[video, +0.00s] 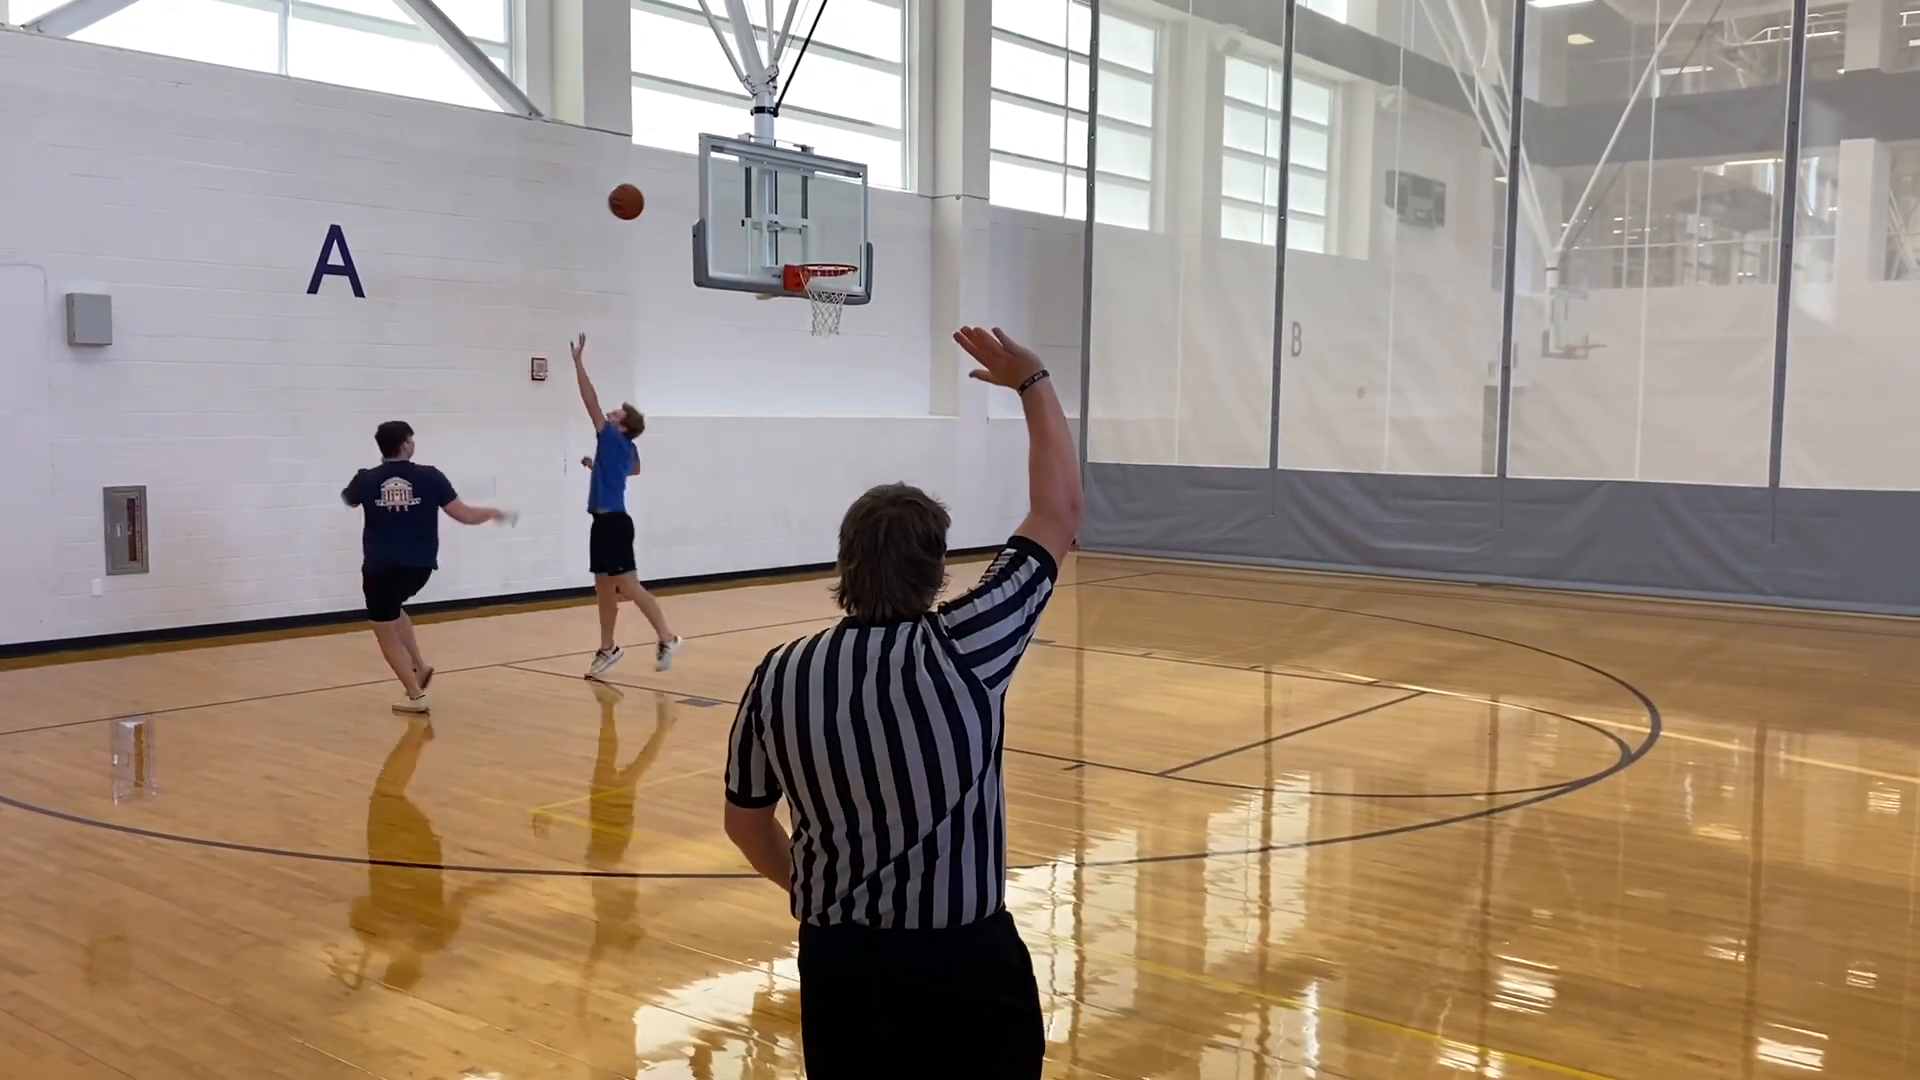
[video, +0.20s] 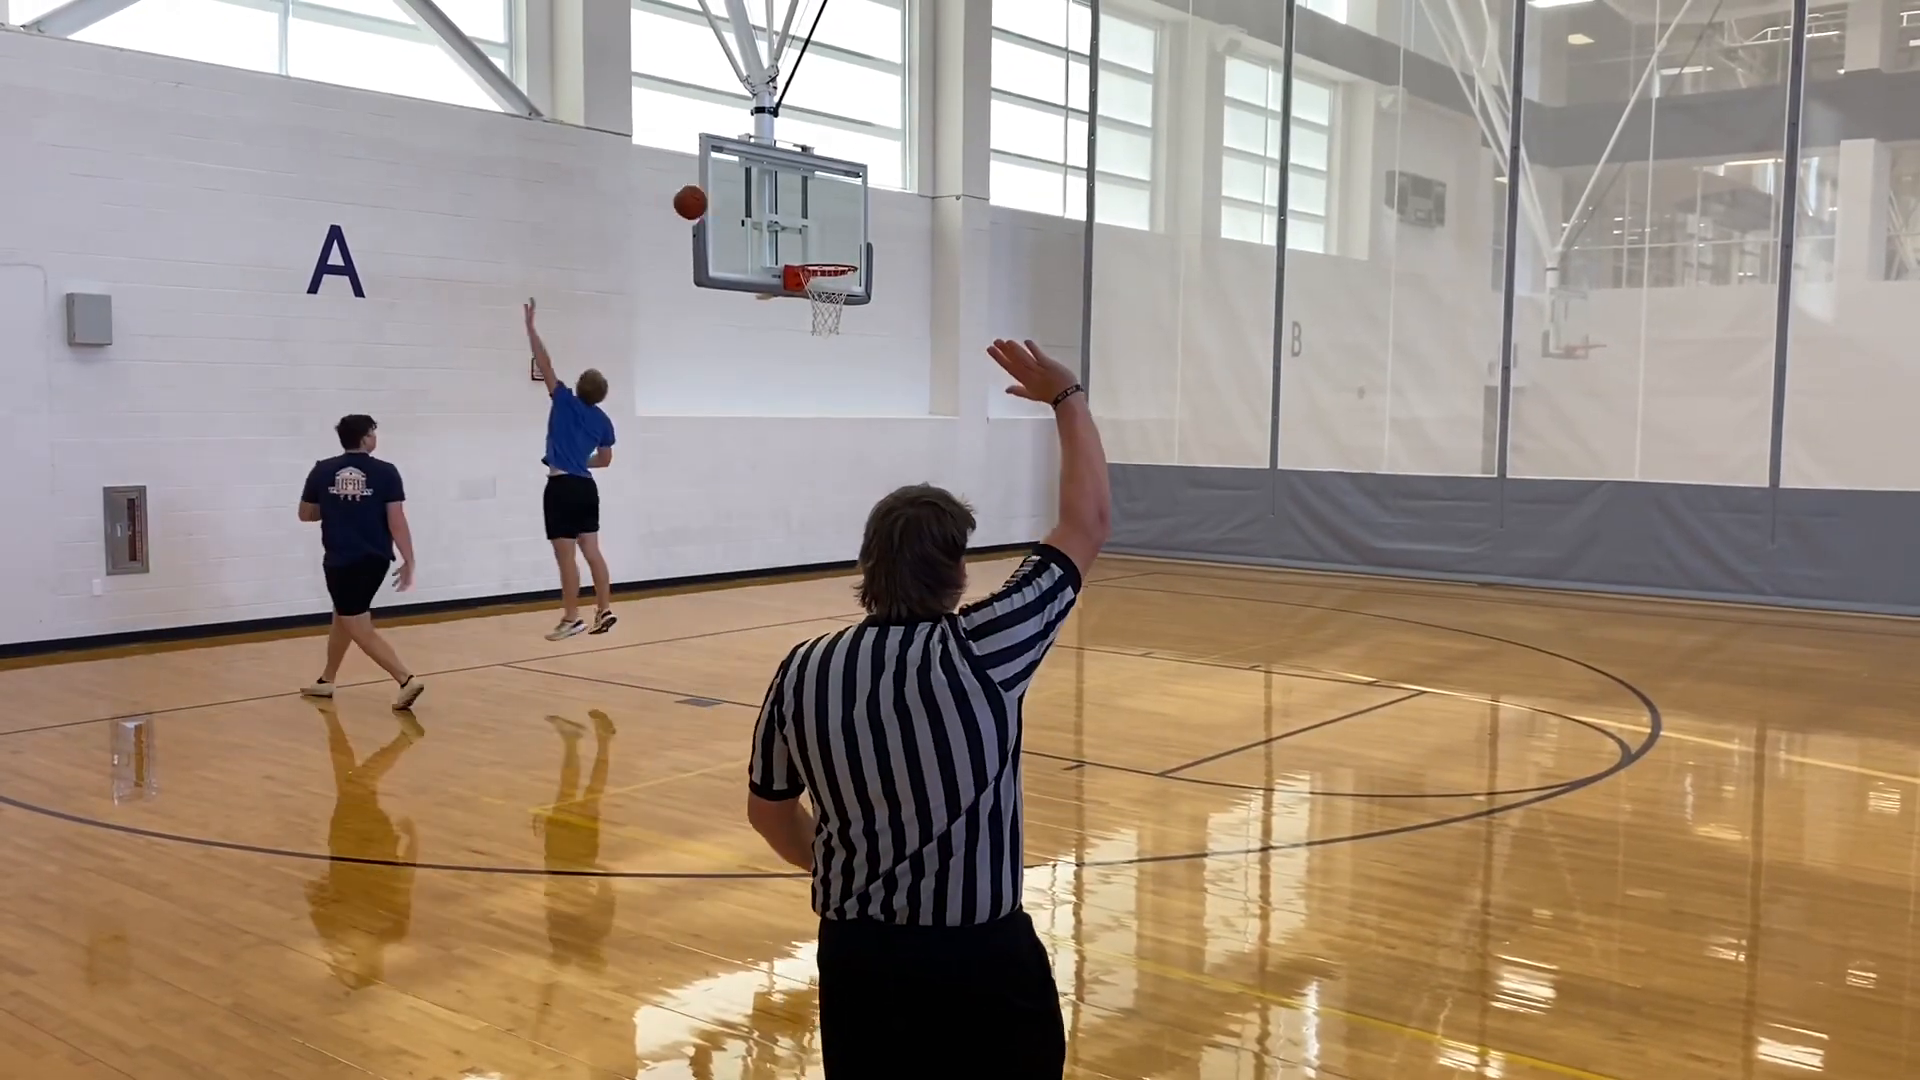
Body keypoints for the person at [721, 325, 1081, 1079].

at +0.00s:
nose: (936, 566)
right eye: (936, 553)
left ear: (846, 568)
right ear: (937, 568)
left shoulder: (779, 675)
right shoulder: (962, 650)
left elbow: (746, 818)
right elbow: (1057, 516)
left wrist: (807, 885)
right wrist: (1035, 383)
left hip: (839, 971)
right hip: (970, 966)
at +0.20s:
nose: (964, 570)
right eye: (962, 557)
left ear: (869, 569)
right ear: (956, 570)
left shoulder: (801, 671)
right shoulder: (980, 650)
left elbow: (769, 809)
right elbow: (1084, 526)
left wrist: (827, 859)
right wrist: (1068, 398)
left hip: (857, 968)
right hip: (986, 967)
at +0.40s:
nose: (1006, 568)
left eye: (999, 552)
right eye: (1003, 555)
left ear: (911, 570)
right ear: (996, 570)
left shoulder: (845, 665)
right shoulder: (1018, 656)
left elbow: (818, 743)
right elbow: (1158, 582)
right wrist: (1113, 518)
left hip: (890, 958)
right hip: (1017, 957)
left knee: (895, 1074)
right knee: (1049, 1070)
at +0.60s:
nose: (1071, 562)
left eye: (1070, 553)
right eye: (1066, 552)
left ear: (975, 568)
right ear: (1054, 571)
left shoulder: (918, 653)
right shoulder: (1083, 665)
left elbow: (984, 616)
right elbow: (1206, 650)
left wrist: (1063, 588)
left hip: (949, 948)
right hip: (1073, 952)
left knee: (946, 1072)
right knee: (1095, 1070)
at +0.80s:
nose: (1130, 562)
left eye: (1128, 551)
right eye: (1126, 553)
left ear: (1040, 563)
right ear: (1118, 573)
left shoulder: (983, 643)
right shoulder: (1147, 660)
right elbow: (1247, 643)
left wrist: (1084, 587)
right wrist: (1145, 582)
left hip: (1007, 932)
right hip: (1125, 935)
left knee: (1004, 1069)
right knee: (1133, 1068)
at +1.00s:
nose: (1173, 559)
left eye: (1171, 547)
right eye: (1171, 548)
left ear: (1083, 555)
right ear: (1161, 560)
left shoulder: (1024, 638)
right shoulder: (1187, 652)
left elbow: (1091, 641)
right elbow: (1308, 671)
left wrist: (1155, 615)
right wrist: (1203, 635)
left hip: (1045, 913)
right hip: (1157, 918)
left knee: (1075, 1068)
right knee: (1158, 1070)